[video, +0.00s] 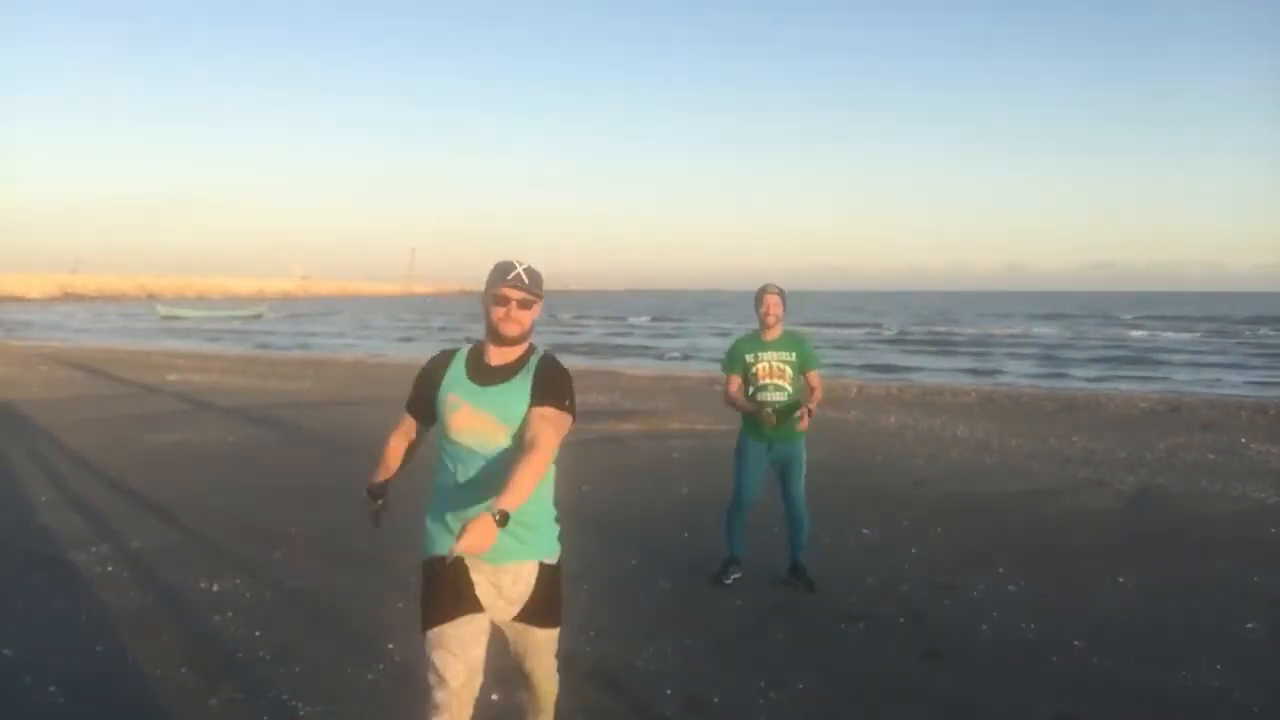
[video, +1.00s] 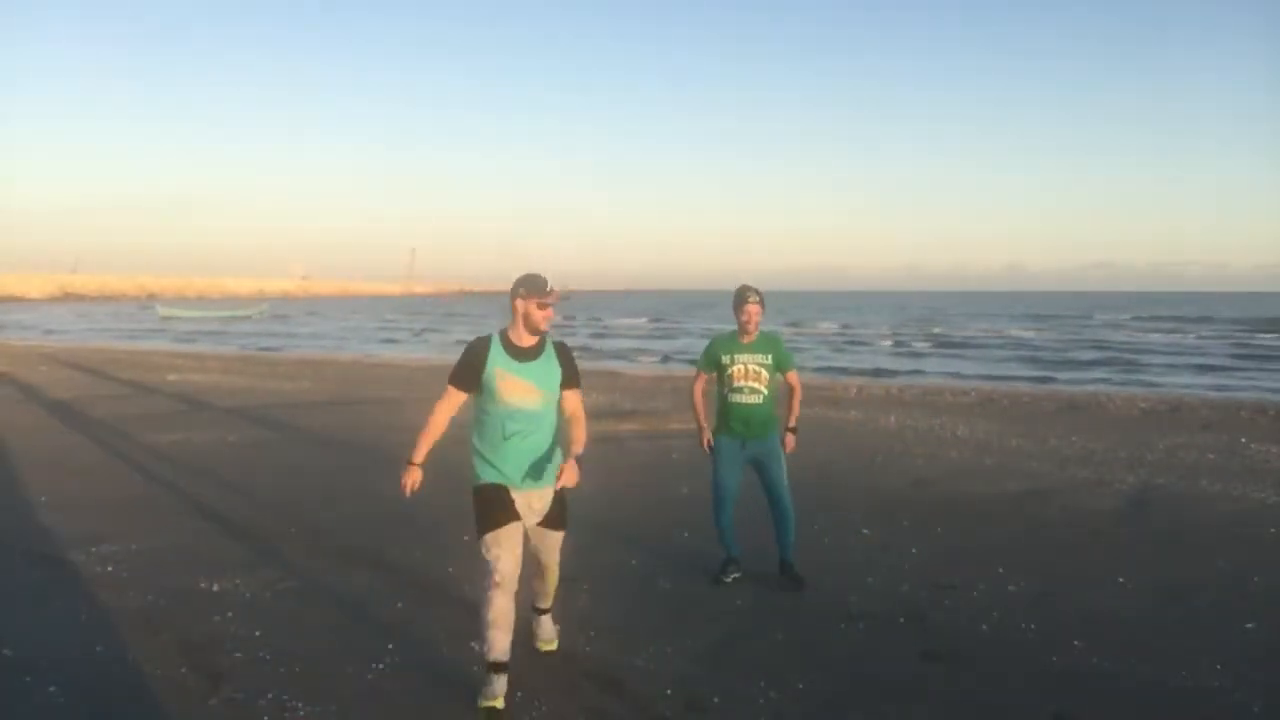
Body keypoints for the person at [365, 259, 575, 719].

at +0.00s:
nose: (510, 312)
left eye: (523, 304)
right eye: (501, 301)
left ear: (538, 312)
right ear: (485, 303)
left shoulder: (549, 375)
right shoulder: (443, 368)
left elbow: (539, 448)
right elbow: (405, 433)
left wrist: (497, 515)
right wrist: (378, 485)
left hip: (528, 551)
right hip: (450, 546)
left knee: (539, 681)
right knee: (450, 687)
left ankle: (542, 714)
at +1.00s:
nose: (550, 313)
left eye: (553, 306)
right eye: (543, 306)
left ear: (550, 308)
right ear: (518, 305)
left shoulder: (559, 355)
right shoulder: (483, 352)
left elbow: (575, 414)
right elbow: (446, 406)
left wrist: (575, 456)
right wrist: (416, 459)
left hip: (547, 478)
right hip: (496, 479)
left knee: (548, 561)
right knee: (503, 574)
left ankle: (543, 614)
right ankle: (497, 671)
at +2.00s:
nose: (542, 304)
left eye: (548, 299)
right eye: (536, 298)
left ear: (556, 301)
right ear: (526, 299)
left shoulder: (569, 338)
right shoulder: (506, 337)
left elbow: (581, 390)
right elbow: (485, 383)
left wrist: (573, 436)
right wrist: (469, 425)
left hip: (562, 443)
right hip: (519, 445)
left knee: (571, 516)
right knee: (523, 519)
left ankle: (580, 572)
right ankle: (524, 589)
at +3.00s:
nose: (571, 315)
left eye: (576, 309)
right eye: (565, 309)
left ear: (580, 309)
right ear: (552, 305)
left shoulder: (586, 339)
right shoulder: (529, 338)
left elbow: (606, 380)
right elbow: (510, 387)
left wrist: (622, 421)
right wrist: (510, 429)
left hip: (578, 432)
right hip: (538, 434)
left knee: (584, 500)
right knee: (540, 501)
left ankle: (592, 566)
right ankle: (540, 562)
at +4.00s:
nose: (595, 305)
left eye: (601, 300)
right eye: (590, 299)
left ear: (608, 301)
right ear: (581, 301)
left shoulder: (623, 332)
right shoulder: (565, 335)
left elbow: (632, 379)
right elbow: (564, 384)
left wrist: (612, 410)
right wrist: (587, 414)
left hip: (617, 426)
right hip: (578, 427)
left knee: (616, 496)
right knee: (580, 496)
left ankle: (615, 559)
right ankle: (581, 557)